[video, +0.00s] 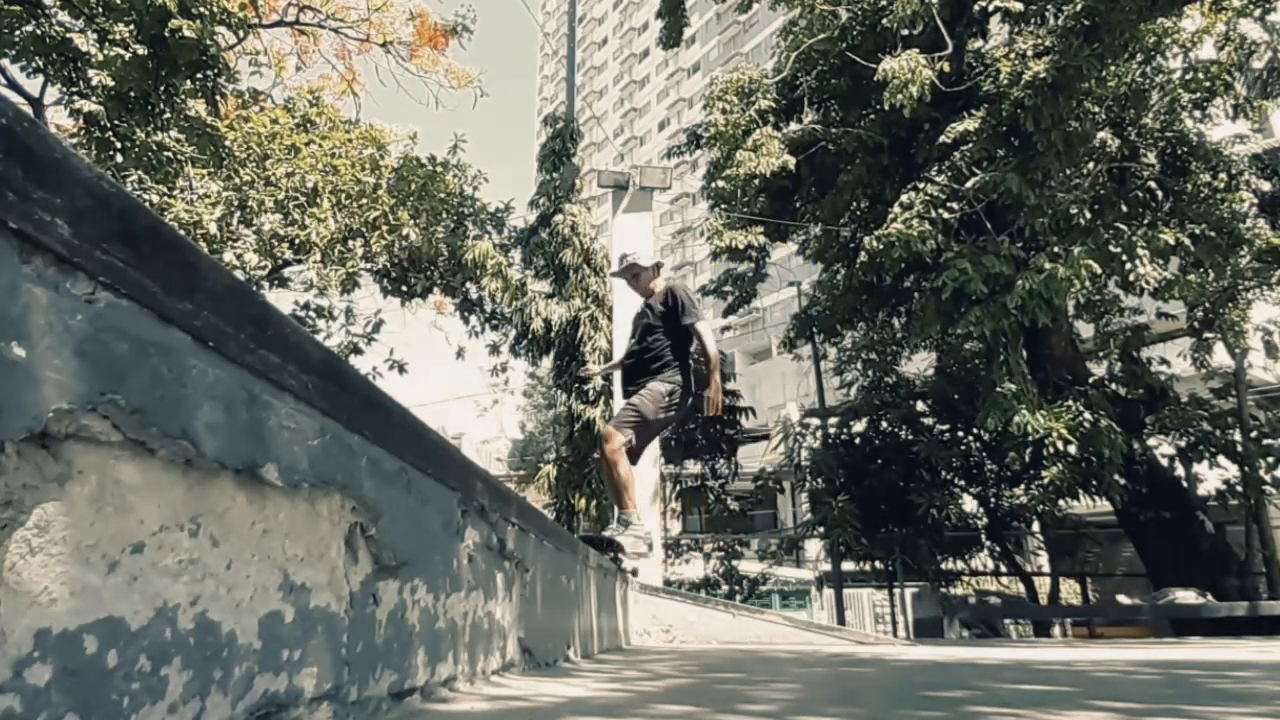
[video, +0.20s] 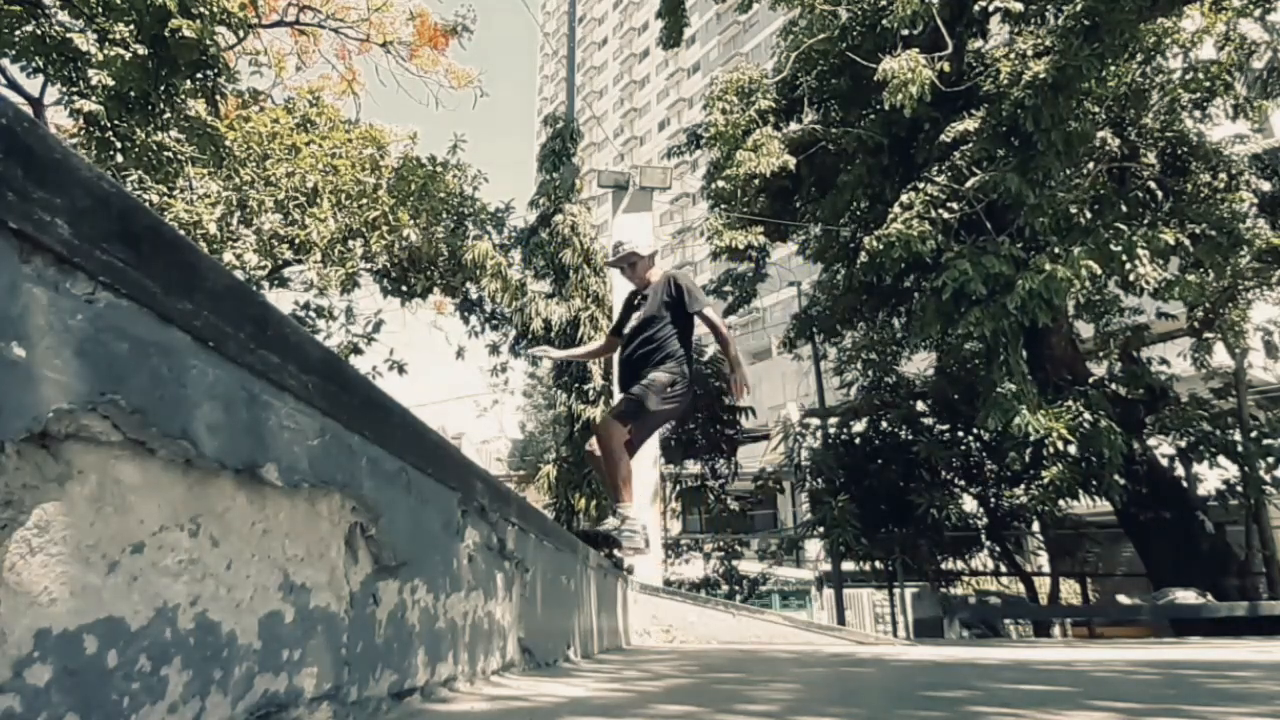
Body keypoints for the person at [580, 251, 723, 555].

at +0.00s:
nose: (632, 283)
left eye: (636, 274)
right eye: (628, 279)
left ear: (653, 269)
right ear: (628, 281)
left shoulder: (674, 290)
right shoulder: (642, 314)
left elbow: (707, 338)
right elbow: (633, 355)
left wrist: (715, 381)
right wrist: (601, 369)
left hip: (669, 383)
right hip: (647, 387)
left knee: (612, 441)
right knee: (611, 455)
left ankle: (632, 525)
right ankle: (630, 533)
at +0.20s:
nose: (629, 273)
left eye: (633, 263)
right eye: (623, 268)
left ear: (650, 257)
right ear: (620, 271)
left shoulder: (674, 281)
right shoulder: (633, 300)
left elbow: (716, 324)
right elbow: (609, 345)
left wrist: (737, 367)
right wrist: (561, 354)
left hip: (671, 376)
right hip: (645, 386)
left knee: (608, 428)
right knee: (599, 453)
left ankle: (626, 517)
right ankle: (630, 527)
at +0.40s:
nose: (626, 264)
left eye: (630, 256)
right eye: (621, 259)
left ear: (650, 248)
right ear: (622, 261)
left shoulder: (680, 274)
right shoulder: (624, 293)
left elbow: (731, 305)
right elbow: (581, 328)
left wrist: (767, 341)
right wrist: (537, 326)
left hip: (676, 375)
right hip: (640, 381)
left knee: (614, 420)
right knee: (592, 443)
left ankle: (625, 515)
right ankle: (623, 522)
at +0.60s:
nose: (634, 249)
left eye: (639, 240)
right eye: (628, 244)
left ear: (657, 235)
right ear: (625, 247)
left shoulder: (690, 260)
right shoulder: (623, 279)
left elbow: (748, 283)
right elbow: (573, 304)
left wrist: (788, 318)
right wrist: (525, 296)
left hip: (684, 364)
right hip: (639, 372)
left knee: (648, 407)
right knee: (589, 431)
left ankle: (644, 513)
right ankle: (619, 515)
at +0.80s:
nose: (647, 243)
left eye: (652, 231)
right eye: (638, 237)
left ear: (669, 223)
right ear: (632, 237)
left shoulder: (704, 249)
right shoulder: (631, 272)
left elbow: (760, 265)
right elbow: (578, 296)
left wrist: (793, 313)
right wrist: (528, 290)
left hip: (696, 368)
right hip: (646, 369)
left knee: (687, 438)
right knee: (591, 421)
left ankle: (699, 548)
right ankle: (610, 520)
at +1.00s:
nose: (654, 249)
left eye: (660, 238)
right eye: (646, 243)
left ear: (681, 233)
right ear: (643, 246)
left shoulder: (716, 260)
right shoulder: (644, 281)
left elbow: (781, 286)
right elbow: (595, 312)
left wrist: (780, 339)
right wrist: (541, 324)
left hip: (713, 388)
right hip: (658, 385)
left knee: (726, 496)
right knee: (596, 412)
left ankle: (761, 607)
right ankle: (597, 520)